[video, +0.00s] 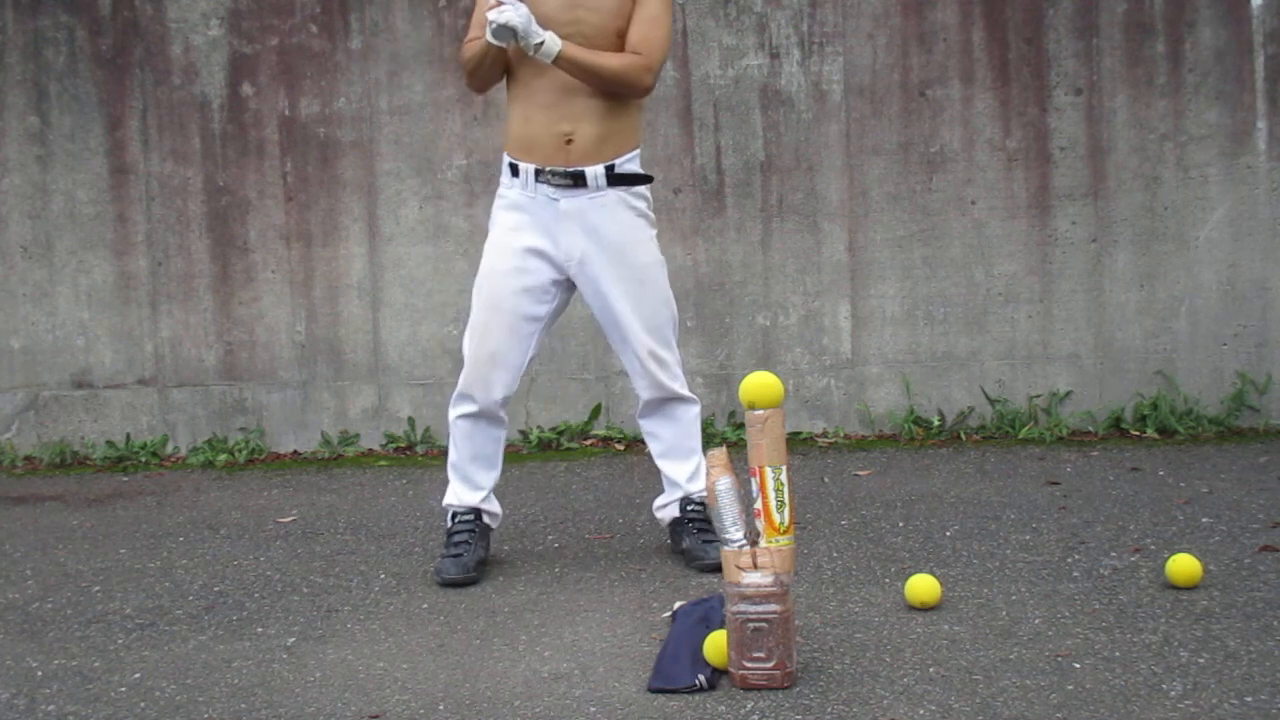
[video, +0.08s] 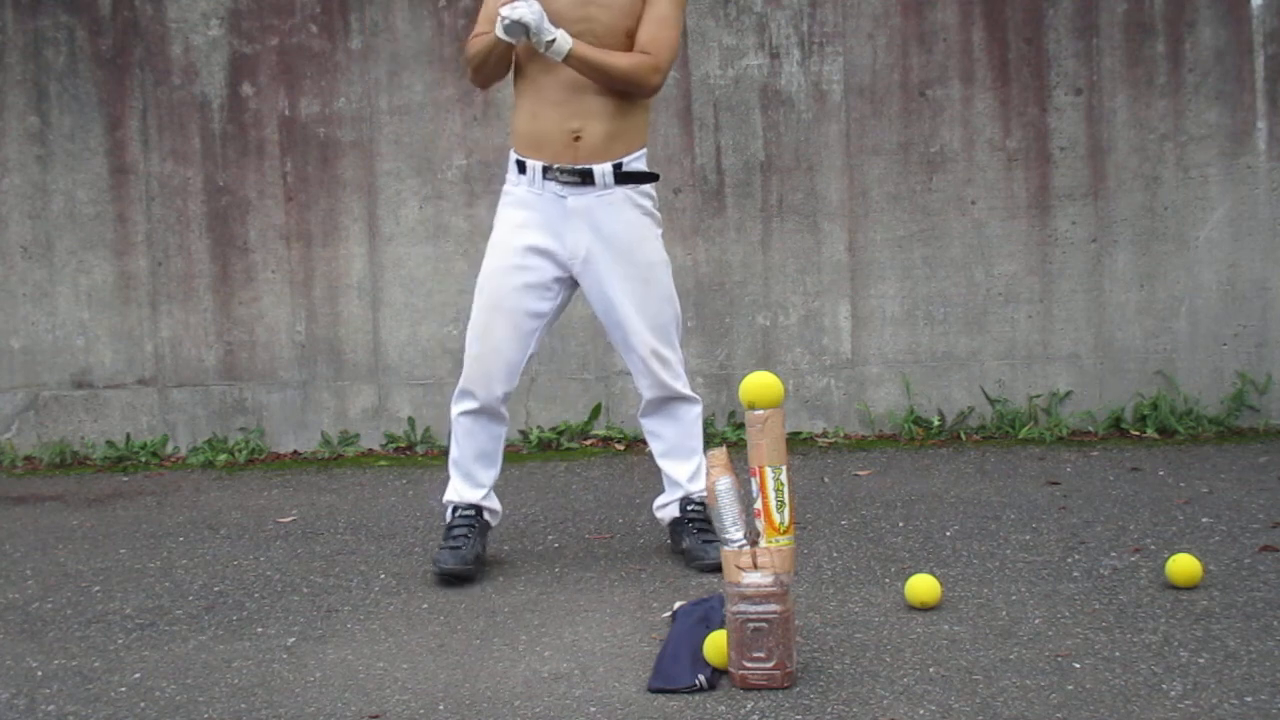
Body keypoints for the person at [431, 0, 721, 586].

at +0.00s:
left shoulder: (650, 1)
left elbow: (639, 76)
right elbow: (476, 77)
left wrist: (543, 41)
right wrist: (500, 38)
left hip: (614, 200)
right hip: (523, 200)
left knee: (657, 365)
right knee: (484, 371)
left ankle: (688, 507)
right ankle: (468, 516)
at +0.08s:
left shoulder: (660, 2)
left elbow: (648, 75)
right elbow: (480, 72)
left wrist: (556, 42)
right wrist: (507, 31)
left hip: (620, 199)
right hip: (528, 197)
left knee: (660, 367)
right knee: (484, 373)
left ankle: (688, 508)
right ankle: (467, 512)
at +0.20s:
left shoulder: (661, 2)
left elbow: (646, 77)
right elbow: (475, 69)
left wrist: (561, 39)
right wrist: (509, 25)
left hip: (619, 198)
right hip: (528, 196)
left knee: (660, 371)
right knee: (486, 375)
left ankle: (688, 509)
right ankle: (458, 515)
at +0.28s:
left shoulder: (655, 2)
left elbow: (637, 80)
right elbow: (467, 72)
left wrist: (554, 38)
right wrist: (501, 22)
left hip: (611, 200)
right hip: (519, 200)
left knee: (655, 371)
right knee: (484, 376)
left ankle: (688, 508)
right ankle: (456, 517)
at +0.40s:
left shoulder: (639, 1)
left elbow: (617, 79)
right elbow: (449, 74)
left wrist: (533, 30)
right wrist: (485, 19)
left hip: (592, 198)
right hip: (501, 197)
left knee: (641, 365)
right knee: (470, 374)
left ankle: (686, 507)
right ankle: (453, 518)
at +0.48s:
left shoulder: (630, 1)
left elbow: (609, 78)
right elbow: (440, 76)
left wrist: (527, 29)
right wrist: (476, 21)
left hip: (584, 198)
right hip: (493, 197)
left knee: (636, 367)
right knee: (466, 377)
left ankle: (685, 506)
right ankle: (453, 518)